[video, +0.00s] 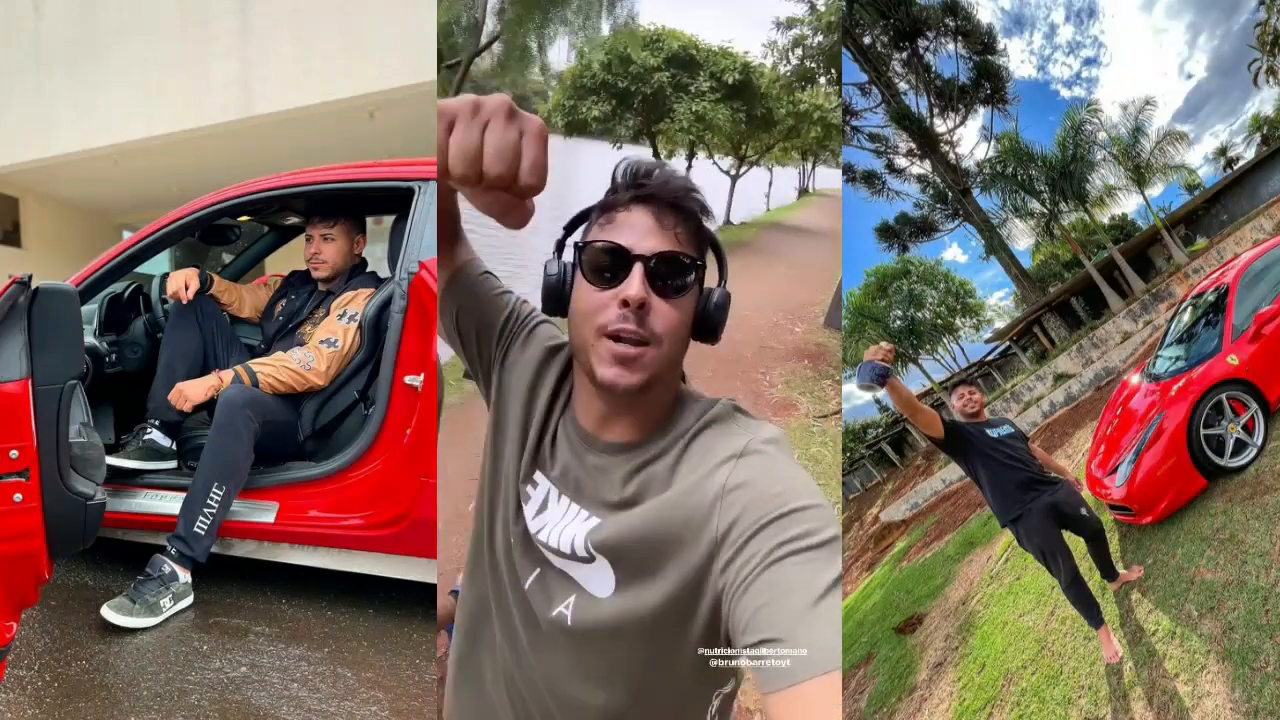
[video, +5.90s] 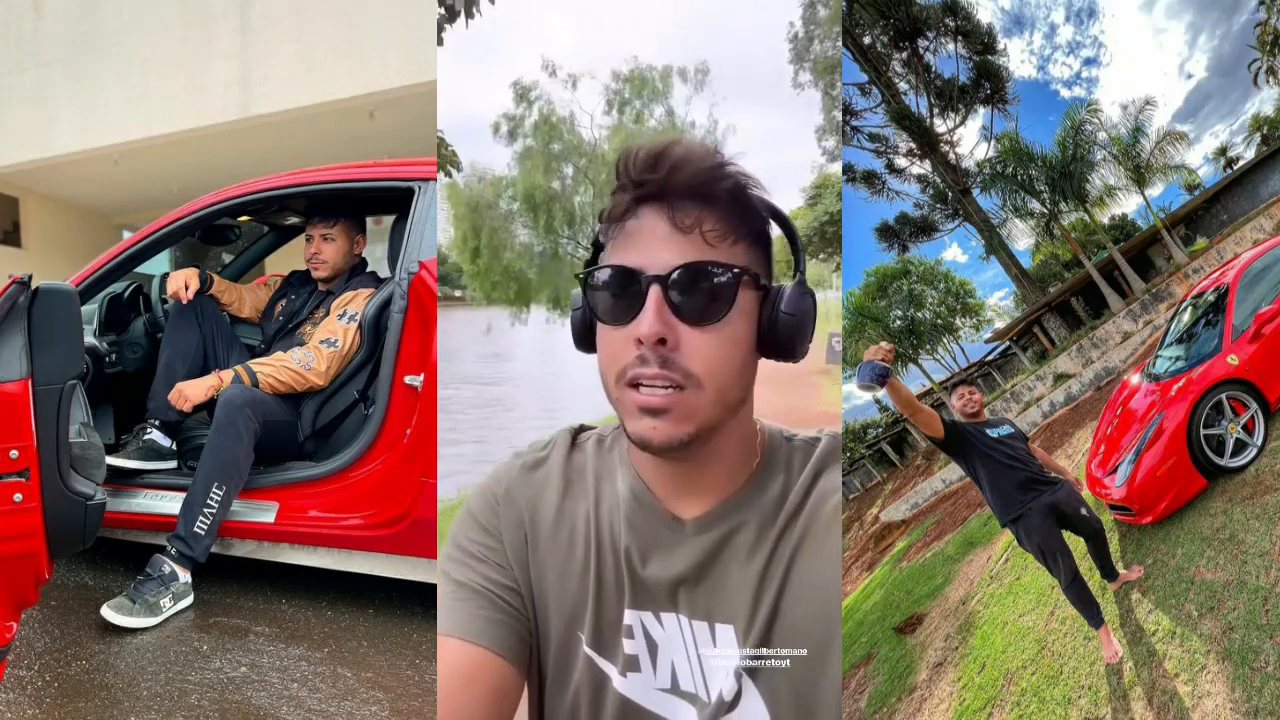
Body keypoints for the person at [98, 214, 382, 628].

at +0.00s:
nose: (314, 249)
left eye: (328, 239)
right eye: (310, 239)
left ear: (359, 245)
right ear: (305, 244)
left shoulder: (362, 297)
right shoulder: (291, 286)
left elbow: (315, 367)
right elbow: (243, 299)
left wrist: (220, 380)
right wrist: (201, 278)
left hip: (314, 411)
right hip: (261, 386)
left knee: (239, 402)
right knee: (195, 302)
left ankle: (177, 567)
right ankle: (160, 433)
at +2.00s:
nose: (315, 249)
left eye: (328, 239)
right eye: (310, 239)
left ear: (358, 245)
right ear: (304, 244)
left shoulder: (361, 297)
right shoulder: (292, 286)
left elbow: (315, 366)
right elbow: (243, 299)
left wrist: (219, 381)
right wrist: (203, 279)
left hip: (315, 411)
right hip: (265, 389)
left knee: (239, 402)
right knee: (196, 303)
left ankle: (177, 568)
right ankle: (161, 433)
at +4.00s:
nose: (314, 250)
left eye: (328, 239)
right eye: (310, 239)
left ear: (358, 245)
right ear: (304, 244)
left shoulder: (362, 297)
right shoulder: (292, 286)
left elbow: (315, 366)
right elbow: (242, 299)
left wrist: (219, 380)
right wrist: (202, 278)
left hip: (316, 410)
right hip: (266, 389)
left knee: (239, 402)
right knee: (195, 303)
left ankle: (177, 568)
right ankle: (161, 433)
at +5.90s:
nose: (314, 250)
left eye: (328, 239)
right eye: (310, 239)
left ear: (358, 245)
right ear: (304, 243)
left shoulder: (361, 297)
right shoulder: (291, 286)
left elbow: (315, 366)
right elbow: (243, 299)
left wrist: (219, 380)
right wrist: (201, 278)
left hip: (317, 411)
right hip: (266, 390)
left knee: (239, 402)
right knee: (196, 303)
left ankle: (177, 568)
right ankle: (161, 433)